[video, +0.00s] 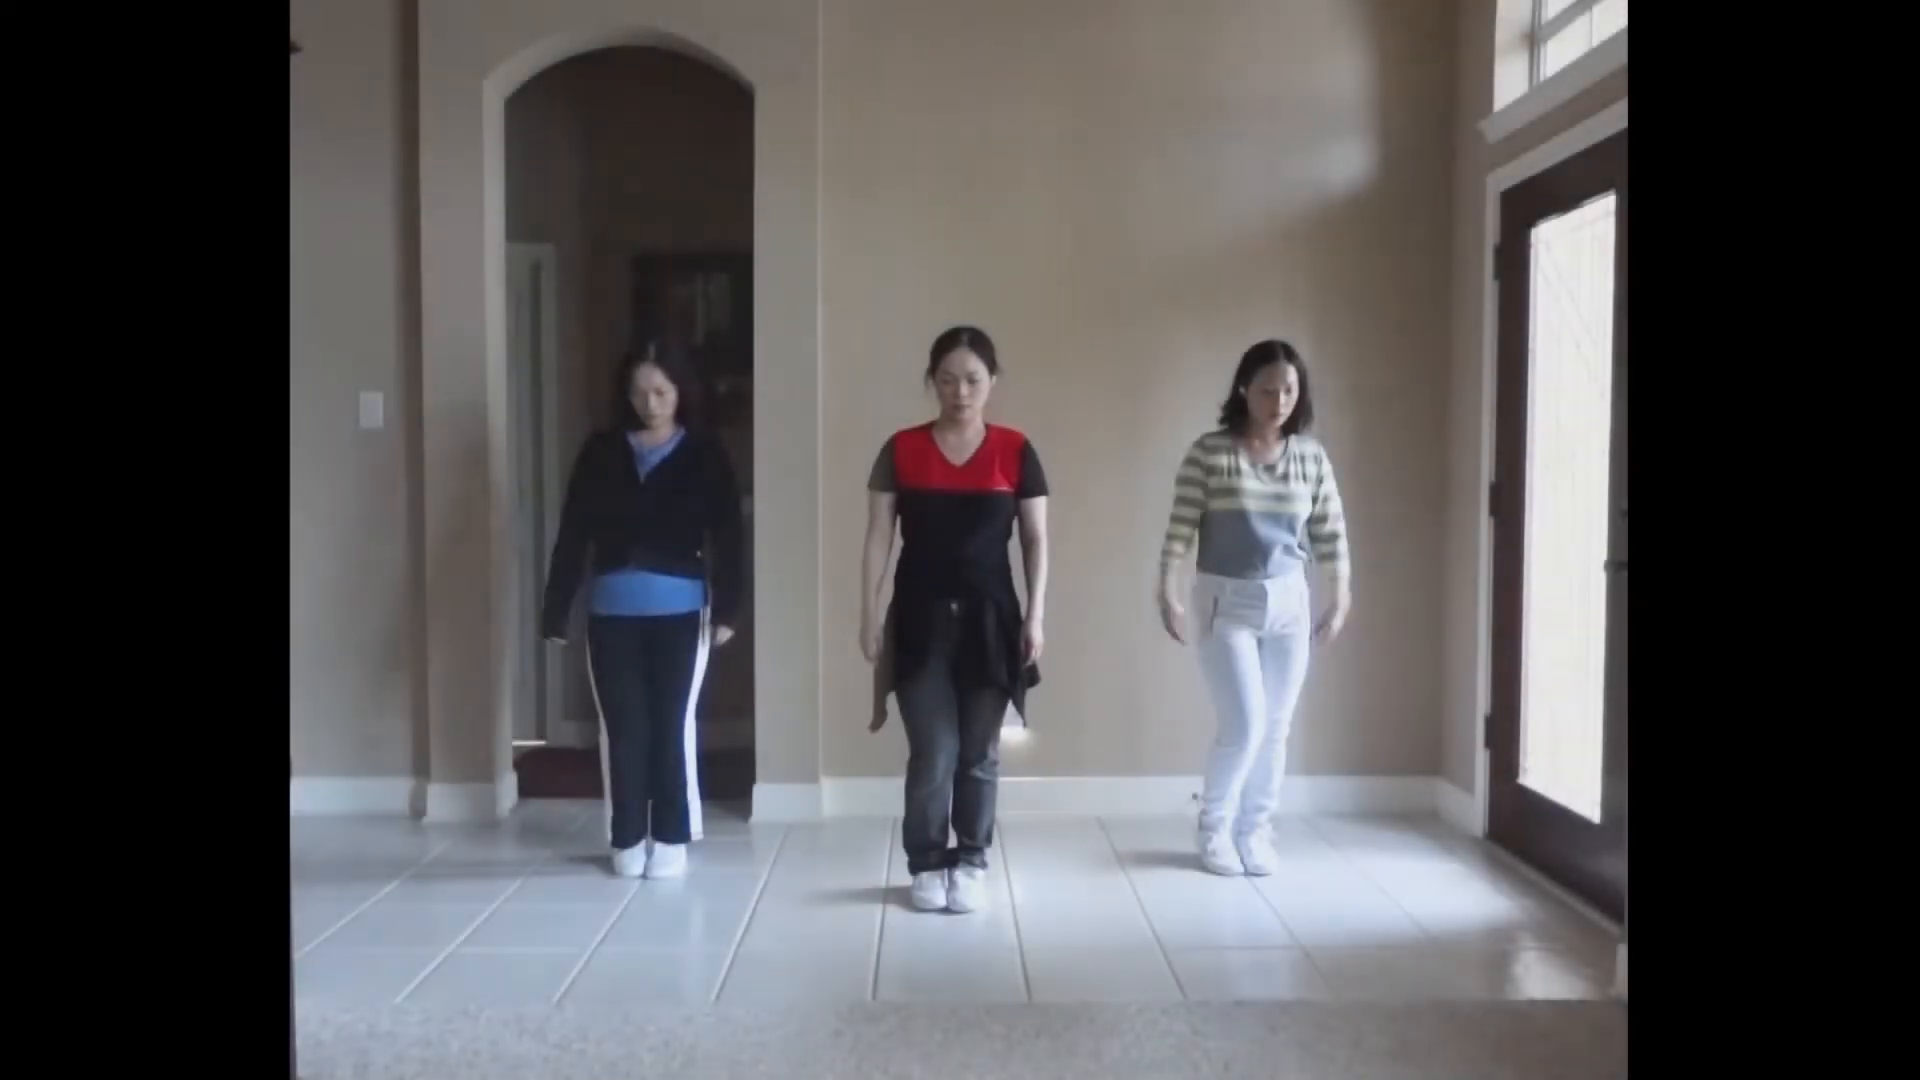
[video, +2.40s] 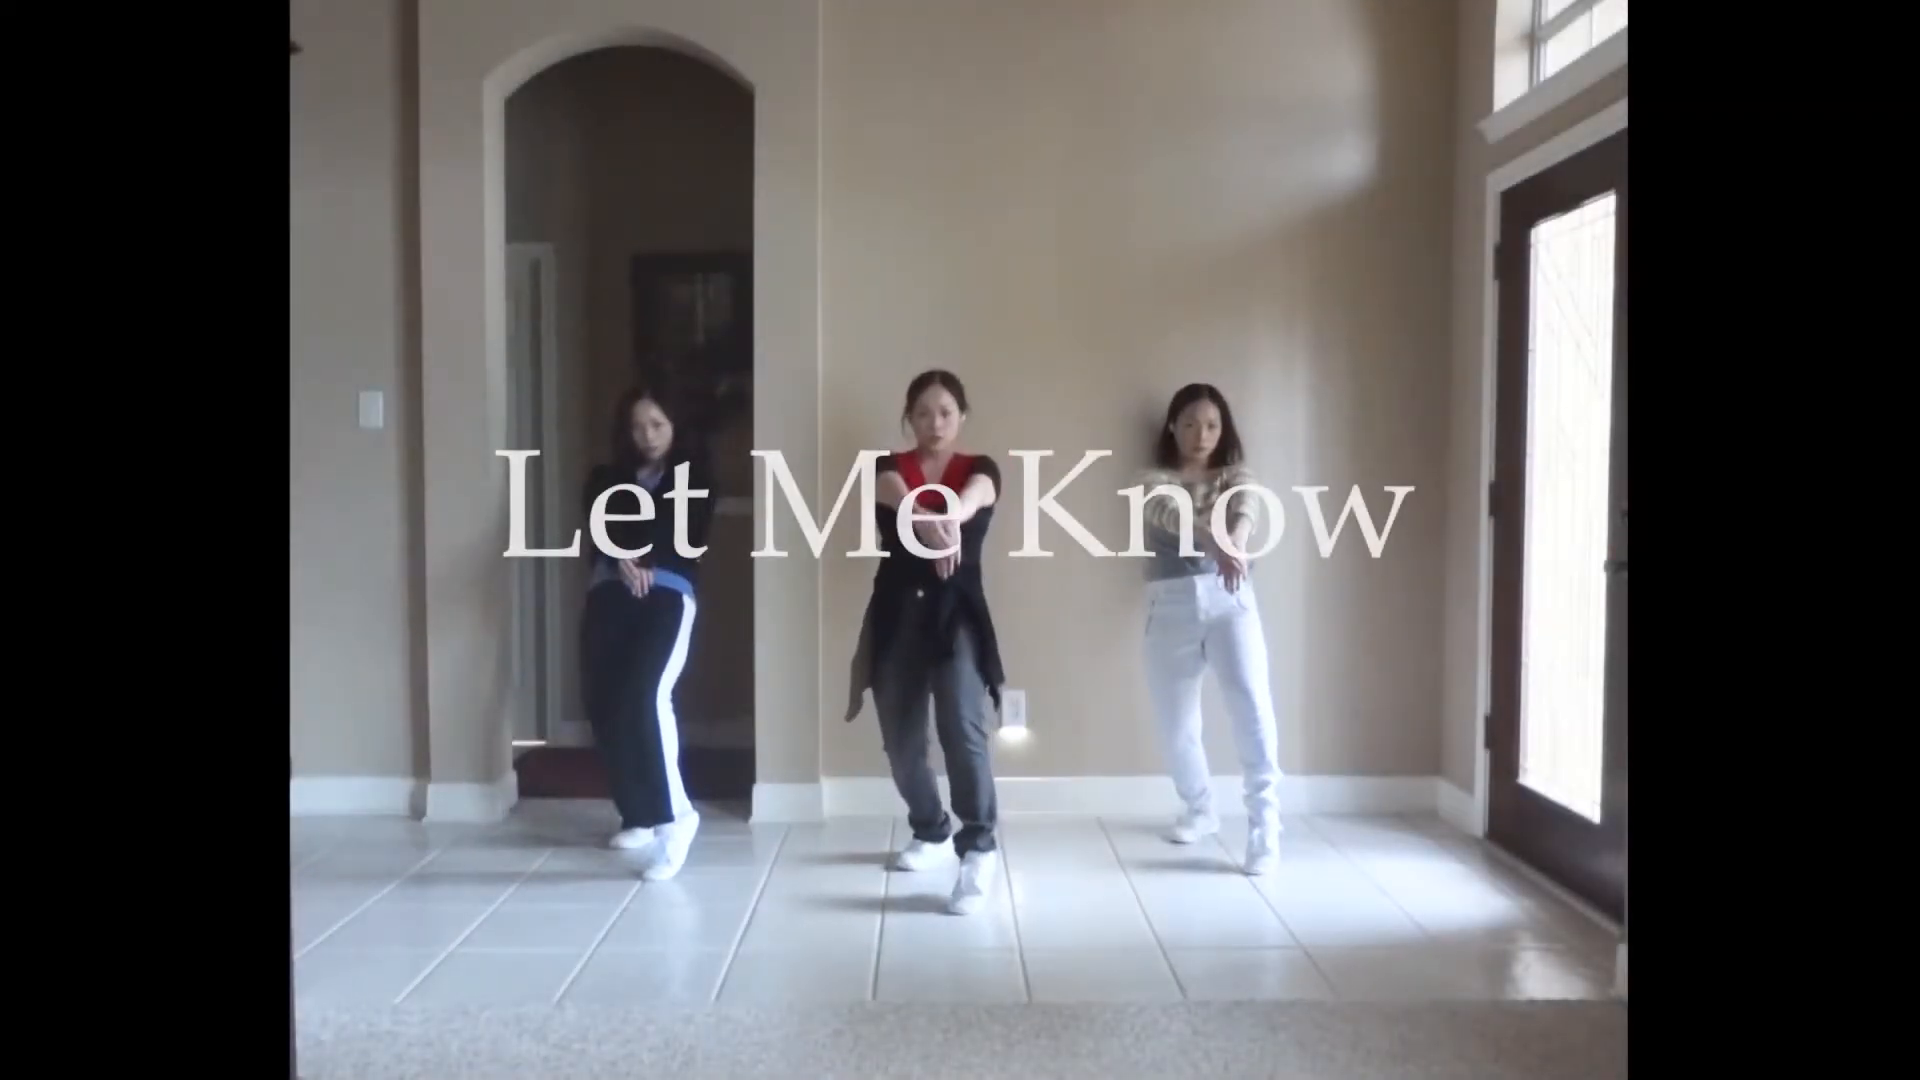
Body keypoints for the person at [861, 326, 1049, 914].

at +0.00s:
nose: (960, 389)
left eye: (972, 379)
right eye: (949, 378)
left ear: (991, 383)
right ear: (933, 382)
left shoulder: (1014, 450)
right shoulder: (903, 449)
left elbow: (1035, 538)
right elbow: (880, 536)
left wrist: (1035, 616)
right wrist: (870, 617)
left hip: (990, 619)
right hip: (920, 618)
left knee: (978, 752)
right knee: (934, 750)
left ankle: (969, 863)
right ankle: (927, 867)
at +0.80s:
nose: (961, 394)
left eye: (973, 383)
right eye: (949, 382)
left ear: (992, 388)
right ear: (933, 386)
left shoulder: (1017, 453)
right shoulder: (903, 451)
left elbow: (1079, 515)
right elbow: (841, 509)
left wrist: (1050, 568)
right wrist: (843, 569)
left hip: (990, 620)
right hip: (921, 619)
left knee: (981, 756)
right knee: (933, 753)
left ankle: (970, 867)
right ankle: (927, 869)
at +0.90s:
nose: (961, 403)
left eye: (973, 392)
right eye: (949, 392)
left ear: (991, 397)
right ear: (933, 397)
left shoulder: (1018, 459)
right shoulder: (905, 458)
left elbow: (1093, 505)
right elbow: (839, 496)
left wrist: (1063, 493)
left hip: (991, 626)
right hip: (922, 627)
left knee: (988, 752)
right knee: (933, 752)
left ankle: (971, 865)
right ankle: (924, 863)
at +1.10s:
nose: (960, 393)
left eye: (971, 382)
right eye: (948, 384)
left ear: (990, 391)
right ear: (934, 394)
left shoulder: (1017, 453)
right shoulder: (906, 451)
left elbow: (1083, 444)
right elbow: (835, 455)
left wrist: (1045, 416)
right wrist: (874, 417)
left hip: (987, 615)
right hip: (920, 614)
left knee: (984, 753)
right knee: (916, 758)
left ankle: (972, 863)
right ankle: (928, 816)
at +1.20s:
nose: (953, 371)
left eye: (966, 362)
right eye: (943, 363)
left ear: (987, 377)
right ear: (930, 379)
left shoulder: (1009, 440)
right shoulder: (905, 435)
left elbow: (1065, 380)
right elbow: (847, 380)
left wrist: (1003, 361)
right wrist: (903, 368)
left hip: (983, 608)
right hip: (917, 607)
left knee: (979, 747)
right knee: (913, 743)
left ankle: (972, 862)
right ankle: (929, 821)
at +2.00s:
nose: (940, 412)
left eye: (950, 402)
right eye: (929, 403)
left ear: (966, 409)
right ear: (912, 412)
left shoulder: (986, 461)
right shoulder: (886, 458)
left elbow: (986, 456)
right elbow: (883, 466)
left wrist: (961, 441)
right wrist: (916, 433)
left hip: (964, 612)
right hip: (901, 612)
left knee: (972, 732)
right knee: (911, 739)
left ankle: (983, 852)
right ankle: (931, 831)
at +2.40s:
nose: (936, 422)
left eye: (946, 412)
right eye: (925, 412)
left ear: (962, 418)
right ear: (909, 419)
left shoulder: (980, 469)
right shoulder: (886, 468)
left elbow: (975, 496)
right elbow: (899, 501)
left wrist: (951, 520)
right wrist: (931, 530)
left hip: (956, 613)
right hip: (897, 614)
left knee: (962, 728)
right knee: (902, 739)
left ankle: (977, 848)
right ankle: (931, 831)